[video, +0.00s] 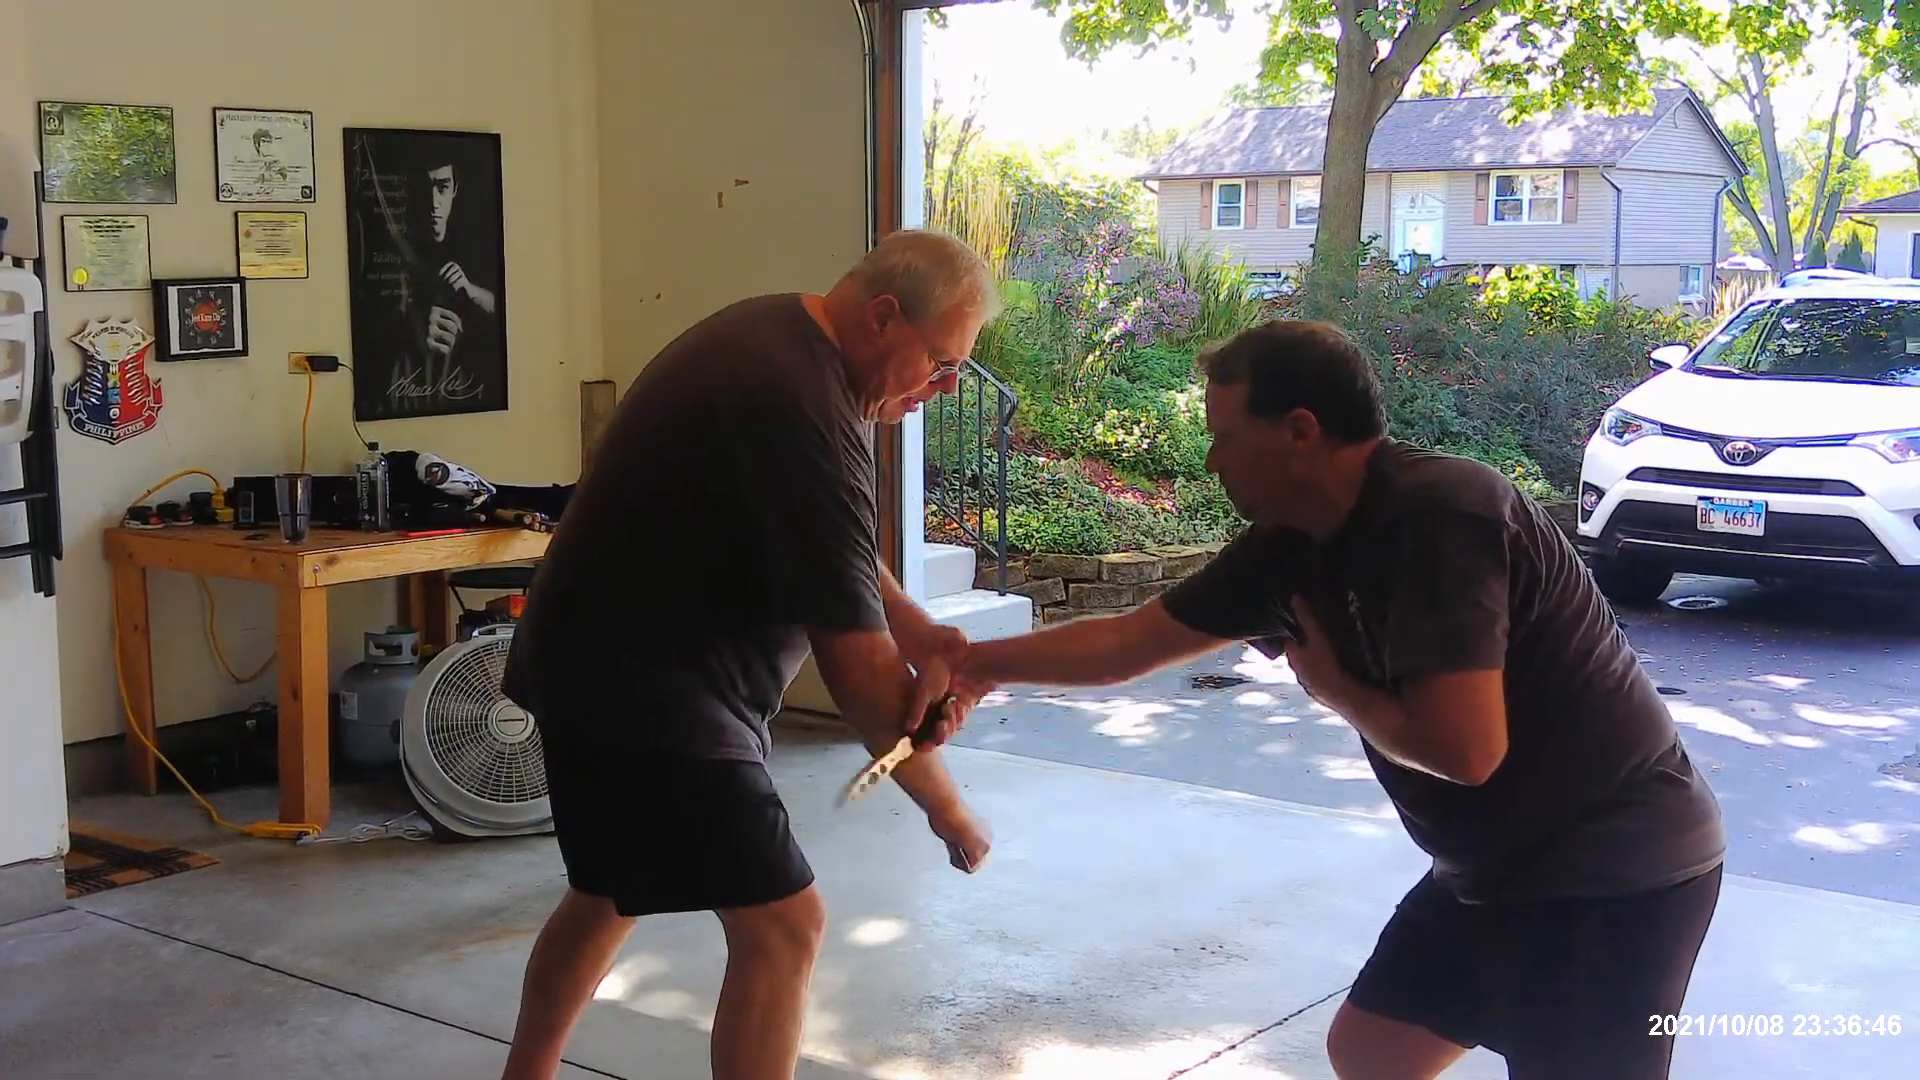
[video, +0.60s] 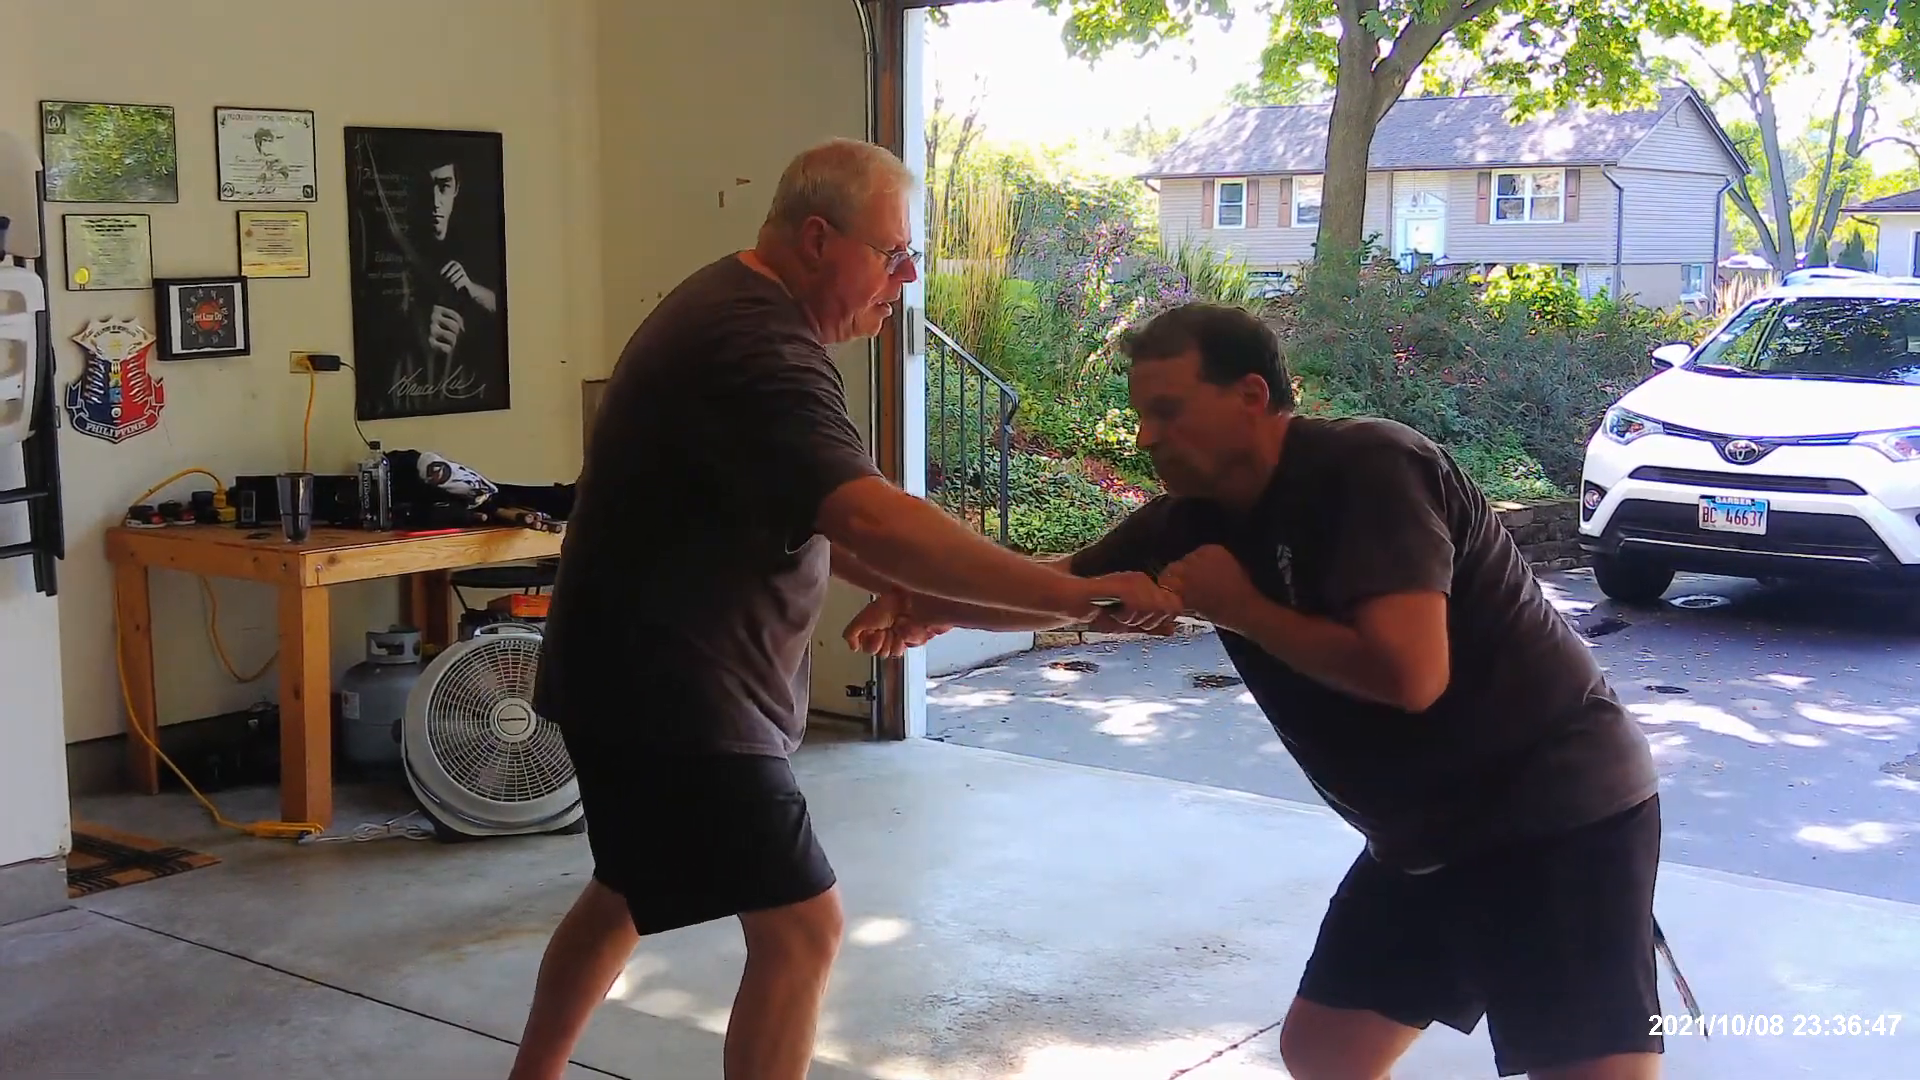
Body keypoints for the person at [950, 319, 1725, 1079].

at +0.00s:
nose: (1213, 458)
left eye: (1224, 434)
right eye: (1212, 435)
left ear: (1301, 434)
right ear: (1300, 437)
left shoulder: (1445, 517)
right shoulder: (1289, 542)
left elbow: (1469, 748)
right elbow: (1134, 639)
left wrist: (1338, 691)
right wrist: (976, 659)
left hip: (1625, 865)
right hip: (1491, 865)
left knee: (1585, 1069)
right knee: (1371, 1050)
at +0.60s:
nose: (1146, 436)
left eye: (1164, 411)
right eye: (1140, 415)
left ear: (1254, 401)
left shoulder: (1371, 474)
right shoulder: (1195, 519)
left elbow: (1407, 670)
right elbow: (1069, 585)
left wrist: (1239, 607)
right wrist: (947, 601)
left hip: (1565, 813)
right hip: (1423, 831)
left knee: (1594, 1065)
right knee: (1323, 1049)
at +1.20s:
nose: (1202, 333)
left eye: (1228, 309)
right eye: (1200, 310)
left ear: (1317, 314)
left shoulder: (1405, 410)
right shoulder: (1220, 454)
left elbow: (1403, 594)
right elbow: (1113, 560)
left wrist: (1261, 536)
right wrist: (991, 627)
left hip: (1511, 804)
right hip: (1367, 818)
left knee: (1539, 1061)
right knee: (1317, 1050)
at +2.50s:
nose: (1204, 434)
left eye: (1216, 408)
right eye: (1193, 413)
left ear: (1294, 366)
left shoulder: (1425, 431)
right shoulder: (1249, 492)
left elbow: (1429, 626)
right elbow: (1160, 620)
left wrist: (1289, 579)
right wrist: (1051, 728)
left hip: (1523, 815)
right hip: (1377, 826)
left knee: (1518, 1065)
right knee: (1305, 1052)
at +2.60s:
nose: (1205, 436)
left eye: (1208, 411)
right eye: (1194, 417)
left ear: (1278, 367)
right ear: (1277, 370)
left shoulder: (1440, 427)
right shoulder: (1279, 481)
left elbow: (1440, 630)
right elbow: (1207, 629)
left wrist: (1303, 580)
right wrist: (1089, 739)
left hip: (1529, 818)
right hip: (1391, 819)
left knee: (1475, 1064)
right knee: (1327, 1051)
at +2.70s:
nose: (1225, 425)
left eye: (1219, 399)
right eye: (1212, 405)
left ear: (1268, 359)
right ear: (1272, 359)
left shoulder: (1452, 415)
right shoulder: (1314, 463)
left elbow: (1445, 627)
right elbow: (1305, 643)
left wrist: (1317, 564)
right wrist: (1202, 782)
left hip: (1533, 816)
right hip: (1413, 812)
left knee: (1467, 1062)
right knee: (1355, 1039)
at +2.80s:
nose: (1275, 423)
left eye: (1261, 396)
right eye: (1260, 401)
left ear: (1291, 355)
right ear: (1305, 344)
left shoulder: (1462, 415)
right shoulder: (1398, 430)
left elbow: (1429, 638)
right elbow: (1424, 665)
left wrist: (1331, 553)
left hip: (1532, 840)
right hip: (1447, 828)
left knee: (1484, 1065)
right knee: (1377, 1037)